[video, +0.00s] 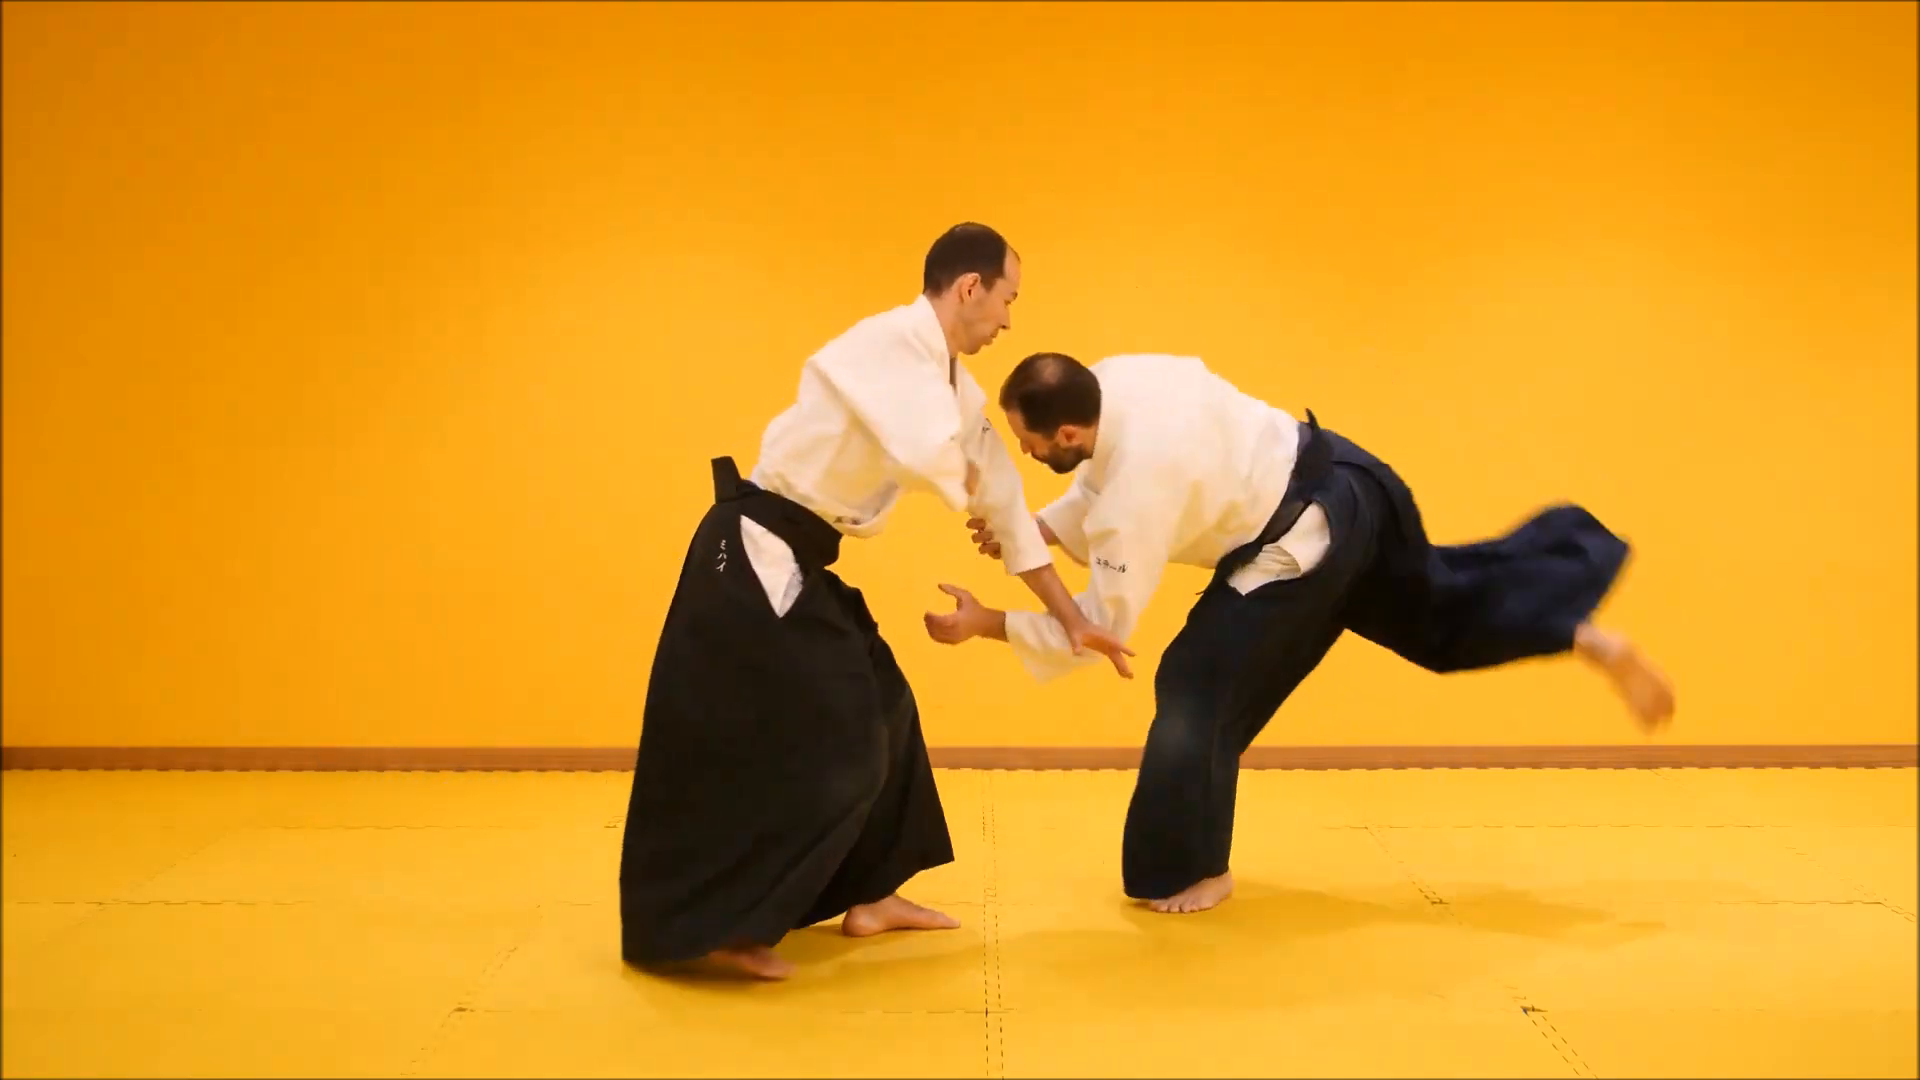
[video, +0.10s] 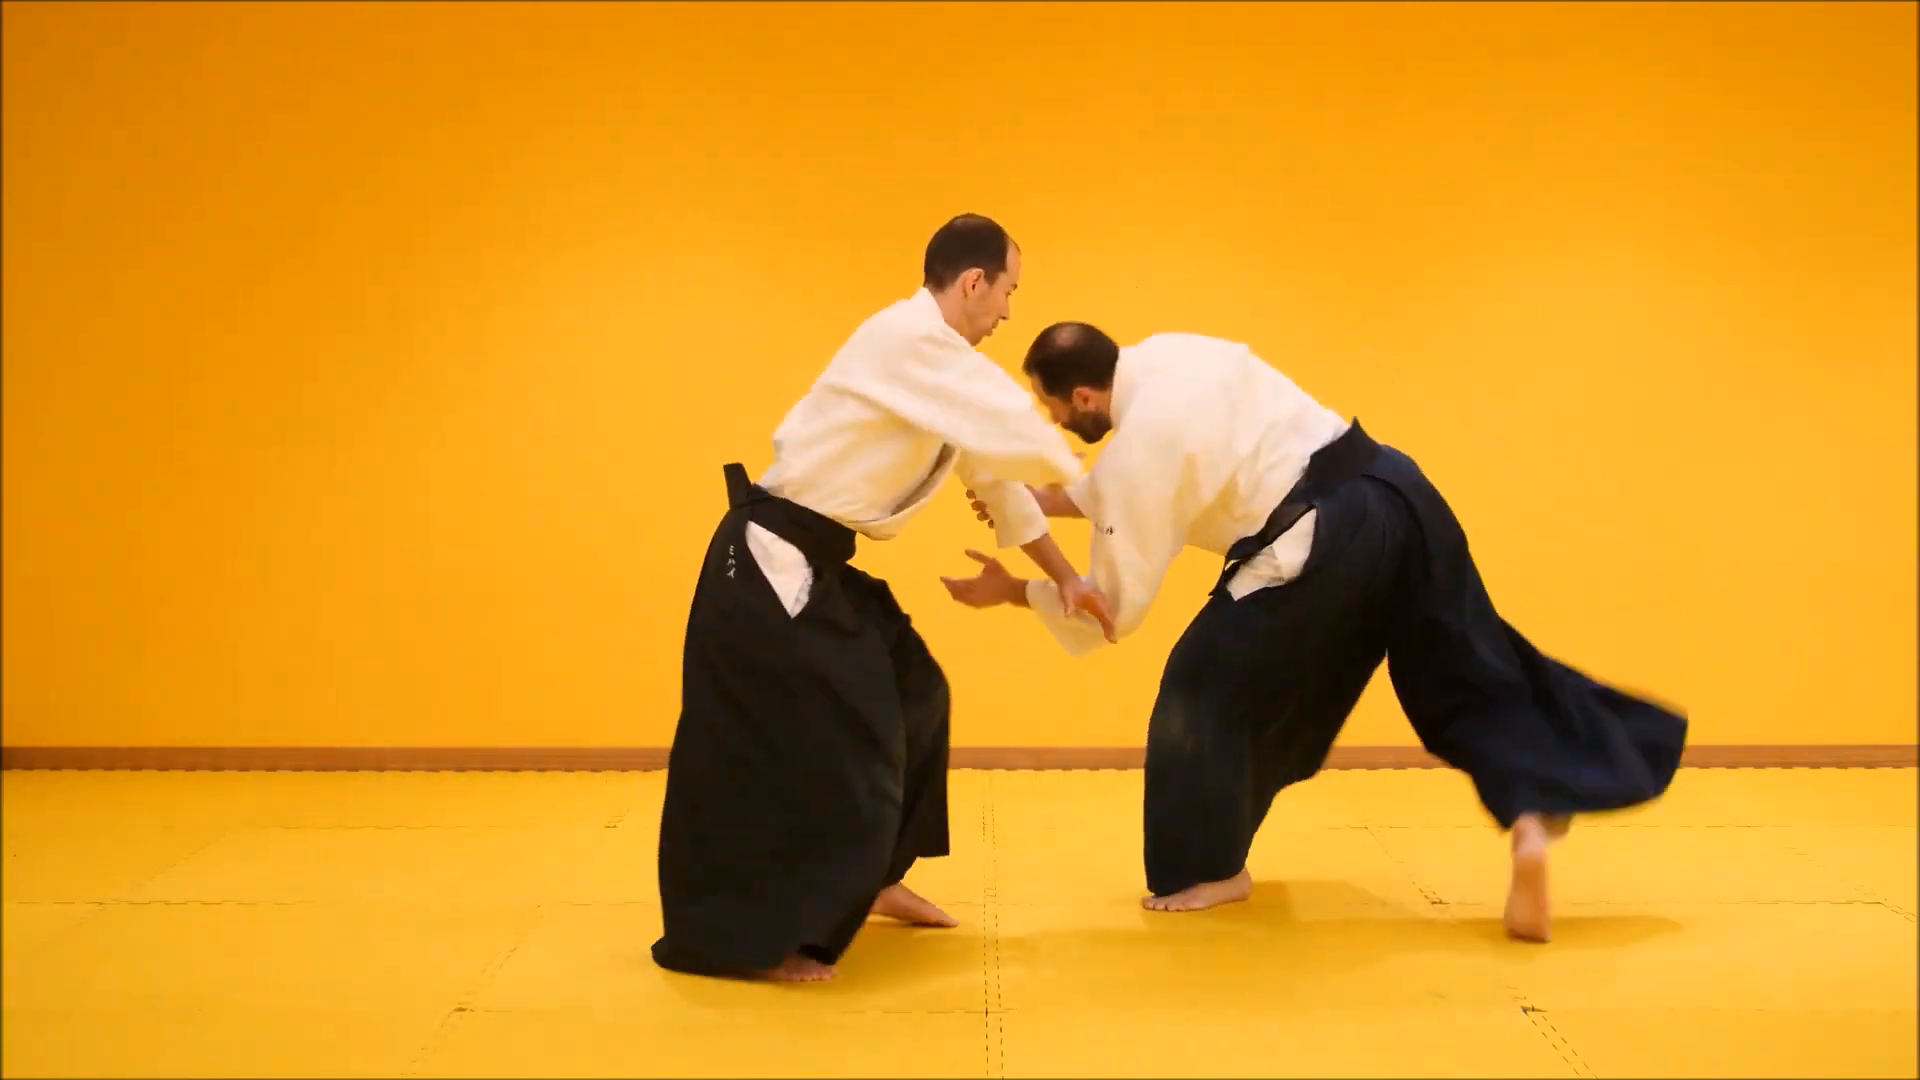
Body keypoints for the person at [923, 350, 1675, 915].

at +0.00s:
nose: (1022, 447)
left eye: (1025, 437)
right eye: (1019, 432)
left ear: (1067, 432)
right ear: (1077, 400)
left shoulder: (1134, 474)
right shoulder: (1121, 383)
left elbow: (1109, 618)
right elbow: (1092, 497)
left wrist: (994, 622)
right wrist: (1017, 540)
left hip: (1298, 540)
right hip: (1337, 473)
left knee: (1195, 687)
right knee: (1437, 619)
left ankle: (1190, 870)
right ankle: (1576, 625)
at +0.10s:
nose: (1059, 416)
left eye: (1056, 406)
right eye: (1056, 405)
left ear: (1073, 396)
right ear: (1104, 358)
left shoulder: (1130, 452)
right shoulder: (1171, 352)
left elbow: (1116, 598)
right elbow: (1148, 476)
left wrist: (1020, 596)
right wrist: (1069, 495)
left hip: (1315, 536)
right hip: (1390, 489)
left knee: (1198, 686)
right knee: (1451, 672)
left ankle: (1206, 870)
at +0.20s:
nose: (1121, 363)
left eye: (1116, 349)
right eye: (1117, 350)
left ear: (1139, 331)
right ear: (1179, 310)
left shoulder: (1173, 387)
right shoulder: (1263, 331)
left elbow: (1121, 542)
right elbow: (1200, 448)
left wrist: (1049, 533)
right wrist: (1114, 472)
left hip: (1317, 531)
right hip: (1414, 509)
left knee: (1195, 685)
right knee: (1442, 713)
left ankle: (1234, 872)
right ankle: (1498, 916)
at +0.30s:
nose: (1167, 297)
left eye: (1166, 284)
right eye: (1164, 286)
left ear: (1190, 272)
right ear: (1243, 262)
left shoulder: (1198, 336)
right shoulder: (1315, 298)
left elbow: (1148, 459)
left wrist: (1073, 482)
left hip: (1303, 517)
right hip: (1406, 500)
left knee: (1175, 668)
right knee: (1444, 705)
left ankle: (1244, 864)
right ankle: (1489, 913)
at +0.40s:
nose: (1179, 239)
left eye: (1179, 227)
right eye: (1179, 228)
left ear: (1198, 223)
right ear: (1265, 216)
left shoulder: (1186, 298)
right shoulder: (1331, 273)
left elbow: (1121, 442)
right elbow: (1341, 379)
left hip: (1271, 498)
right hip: (1373, 483)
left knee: (1168, 682)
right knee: (1422, 687)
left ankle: (1249, 892)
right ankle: (1489, 906)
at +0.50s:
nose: (1169, 202)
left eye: (1169, 191)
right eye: (1171, 190)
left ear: (1184, 192)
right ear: (1257, 183)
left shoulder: (1163, 282)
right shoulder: (1319, 253)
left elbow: (1117, 421)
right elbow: (1373, 353)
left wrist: (1116, 317)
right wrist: (1293, 241)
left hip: (1230, 496)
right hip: (1338, 483)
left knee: (1199, 691)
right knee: (1381, 676)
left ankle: (1211, 896)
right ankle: (1463, 872)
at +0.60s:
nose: (1137, 194)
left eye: (1136, 184)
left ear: (1150, 187)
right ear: (1224, 169)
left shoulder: (1137, 281)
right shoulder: (1292, 233)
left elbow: (1120, 422)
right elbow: (1357, 327)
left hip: (1220, 480)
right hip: (1325, 467)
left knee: (1212, 679)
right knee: (1361, 667)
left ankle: (1249, 879)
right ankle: (1416, 875)